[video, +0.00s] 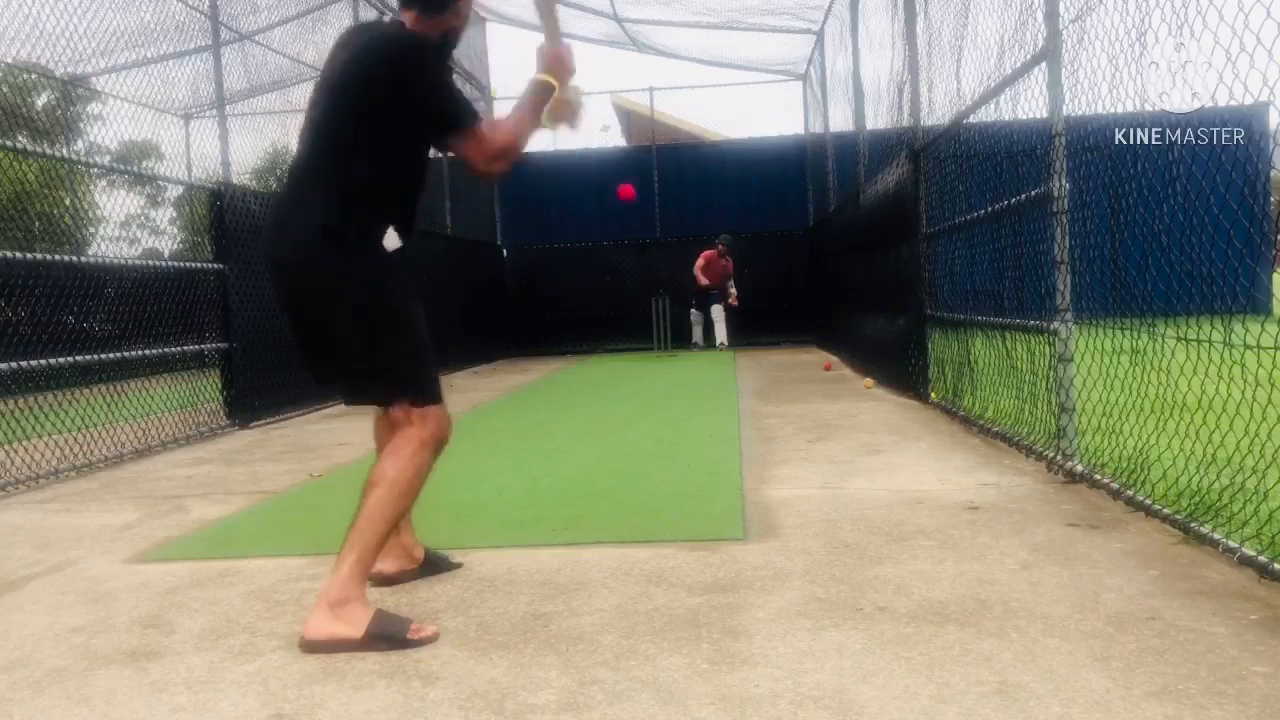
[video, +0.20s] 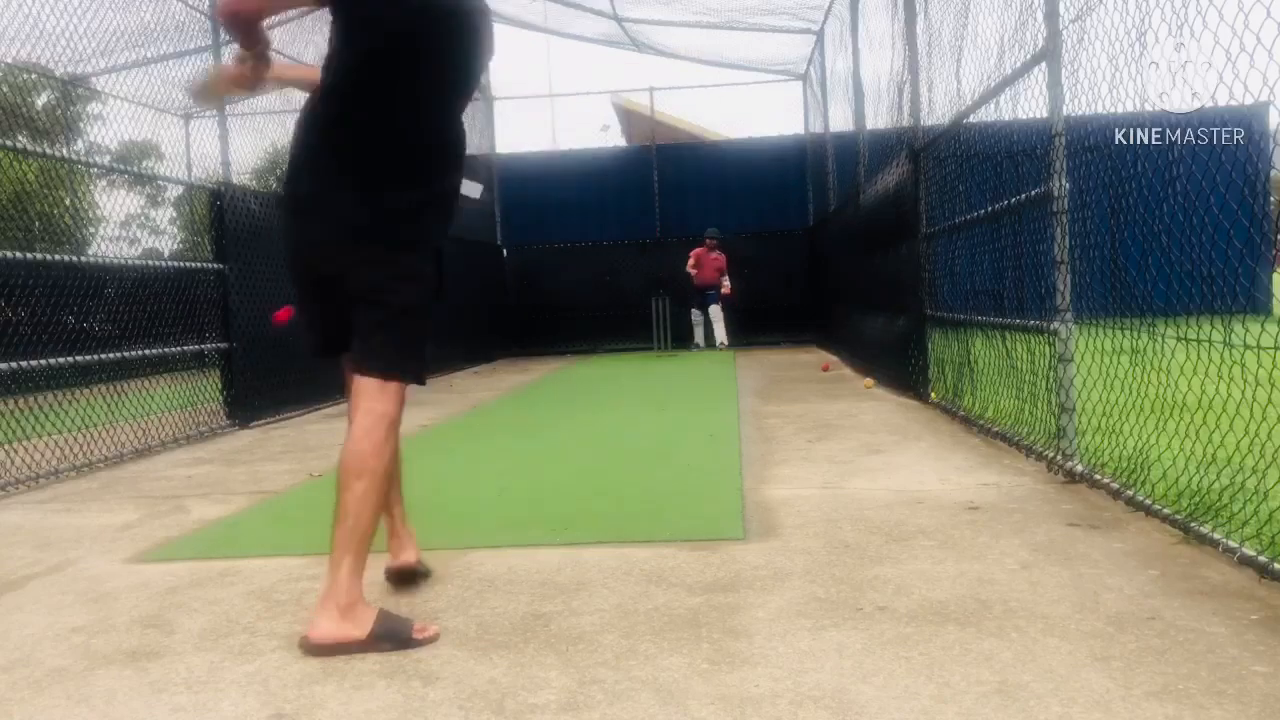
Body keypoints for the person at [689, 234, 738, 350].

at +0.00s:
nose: (722, 248)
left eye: (725, 246)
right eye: (721, 245)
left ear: (728, 248)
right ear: (717, 245)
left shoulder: (728, 262)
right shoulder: (707, 255)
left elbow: (729, 280)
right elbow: (696, 268)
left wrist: (732, 294)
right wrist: (701, 278)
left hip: (717, 289)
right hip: (702, 287)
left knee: (718, 312)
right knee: (696, 314)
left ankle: (721, 342)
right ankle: (697, 342)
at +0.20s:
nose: (712, 242)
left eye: (714, 239)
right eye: (709, 239)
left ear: (717, 241)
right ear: (705, 240)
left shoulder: (720, 256)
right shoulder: (697, 253)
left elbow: (724, 274)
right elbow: (689, 267)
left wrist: (725, 285)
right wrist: (693, 271)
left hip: (713, 288)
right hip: (698, 288)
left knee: (715, 312)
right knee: (696, 316)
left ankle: (721, 341)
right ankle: (699, 343)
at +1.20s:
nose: (708, 240)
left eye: (711, 237)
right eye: (706, 238)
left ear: (716, 238)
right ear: (704, 239)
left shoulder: (725, 252)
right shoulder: (702, 252)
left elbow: (732, 270)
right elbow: (699, 269)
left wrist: (720, 275)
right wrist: (704, 275)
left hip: (719, 285)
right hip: (706, 285)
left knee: (720, 312)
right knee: (701, 312)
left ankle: (722, 342)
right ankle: (699, 342)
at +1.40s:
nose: (735, 267)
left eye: (736, 265)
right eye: (734, 264)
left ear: (735, 264)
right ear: (729, 262)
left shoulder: (730, 269)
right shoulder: (720, 271)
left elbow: (728, 280)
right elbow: (721, 286)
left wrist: (729, 286)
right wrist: (727, 288)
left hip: (715, 291)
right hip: (704, 291)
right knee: (701, 314)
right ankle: (695, 335)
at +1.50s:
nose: (735, 264)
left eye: (736, 262)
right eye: (734, 260)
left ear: (736, 261)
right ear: (727, 258)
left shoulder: (730, 268)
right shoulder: (717, 267)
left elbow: (727, 280)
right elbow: (717, 284)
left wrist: (731, 286)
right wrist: (730, 288)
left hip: (718, 289)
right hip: (705, 288)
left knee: (721, 312)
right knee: (699, 313)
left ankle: (722, 342)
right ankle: (693, 338)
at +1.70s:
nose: (726, 248)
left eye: (728, 245)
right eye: (723, 245)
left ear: (731, 247)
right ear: (719, 245)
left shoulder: (730, 262)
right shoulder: (710, 255)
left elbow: (731, 280)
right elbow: (701, 270)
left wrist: (734, 294)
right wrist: (710, 283)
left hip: (718, 290)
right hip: (703, 288)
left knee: (719, 313)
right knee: (697, 314)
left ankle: (722, 343)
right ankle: (698, 341)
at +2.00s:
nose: (710, 240)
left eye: (712, 237)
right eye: (707, 237)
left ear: (716, 239)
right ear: (703, 239)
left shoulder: (720, 253)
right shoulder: (696, 253)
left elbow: (724, 271)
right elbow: (690, 268)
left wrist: (726, 278)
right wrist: (699, 273)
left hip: (715, 286)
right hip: (700, 287)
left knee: (720, 312)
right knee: (700, 315)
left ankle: (723, 342)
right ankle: (702, 343)